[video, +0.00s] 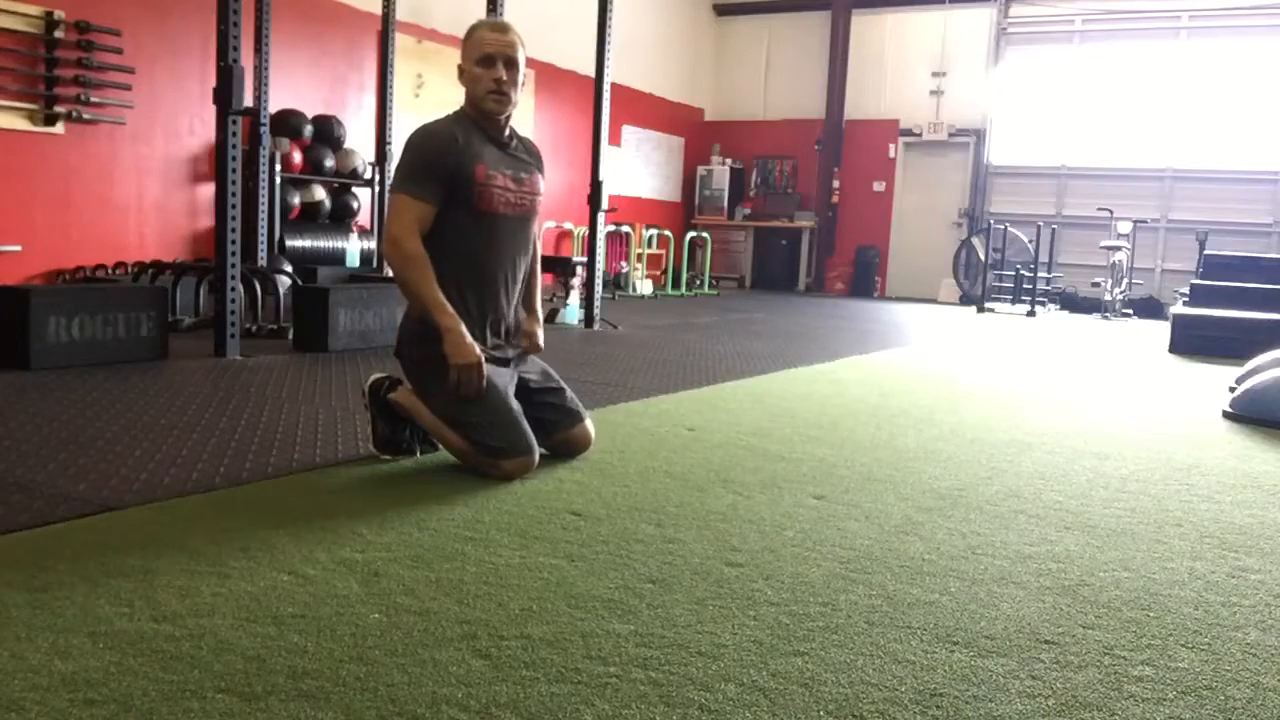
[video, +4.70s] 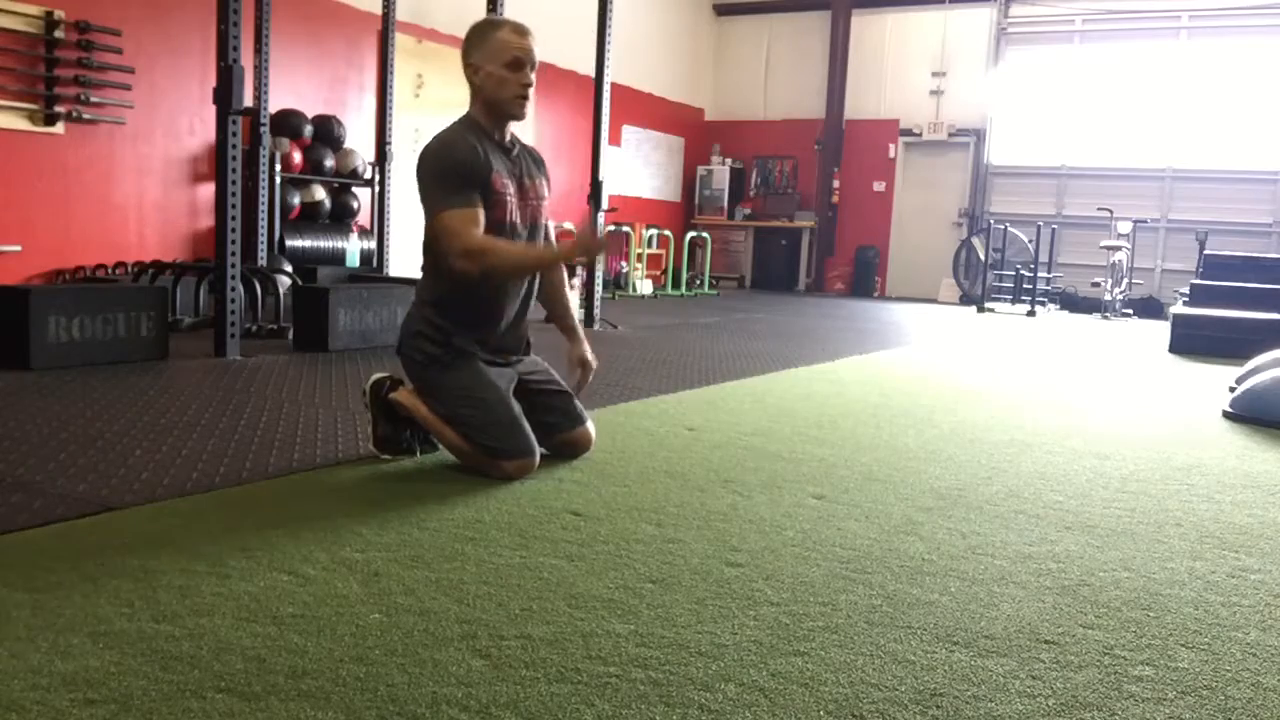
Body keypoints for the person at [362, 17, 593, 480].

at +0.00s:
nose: (501, 75)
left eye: (511, 64)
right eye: (486, 62)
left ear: (524, 76)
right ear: (462, 73)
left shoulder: (529, 154)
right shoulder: (437, 142)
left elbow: (530, 240)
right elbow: (399, 239)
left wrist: (532, 316)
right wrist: (452, 328)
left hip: (509, 342)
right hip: (447, 347)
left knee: (574, 438)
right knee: (513, 463)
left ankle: (442, 411)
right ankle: (398, 399)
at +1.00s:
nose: (524, 82)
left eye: (536, 71)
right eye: (510, 69)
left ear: (549, 80)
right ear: (486, 74)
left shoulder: (548, 157)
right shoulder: (454, 147)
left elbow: (550, 246)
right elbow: (420, 247)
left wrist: (542, 326)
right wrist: (495, 320)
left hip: (515, 340)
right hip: (449, 346)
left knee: (574, 439)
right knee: (515, 462)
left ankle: (444, 413)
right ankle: (399, 400)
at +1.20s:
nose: (530, 87)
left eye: (541, 76)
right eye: (517, 73)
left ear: (550, 82)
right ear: (485, 73)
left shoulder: (547, 158)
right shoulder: (454, 150)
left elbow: (550, 247)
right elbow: (450, 254)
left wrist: (542, 329)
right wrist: (546, 291)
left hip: (514, 344)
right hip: (450, 347)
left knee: (574, 439)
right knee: (514, 463)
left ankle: (446, 411)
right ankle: (398, 399)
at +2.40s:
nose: (535, 85)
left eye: (546, 75)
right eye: (522, 69)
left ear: (554, 84)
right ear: (491, 72)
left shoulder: (547, 161)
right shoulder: (454, 153)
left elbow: (548, 247)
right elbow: (423, 260)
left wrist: (542, 328)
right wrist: (491, 336)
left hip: (511, 338)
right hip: (447, 344)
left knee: (574, 439)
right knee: (515, 462)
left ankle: (446, 410)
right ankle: (399, 401)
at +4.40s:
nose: (530, 80)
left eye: (541, 69)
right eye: (517, 64)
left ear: (550, 80)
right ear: (487, 70)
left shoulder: (546, 160)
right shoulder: (462, 150)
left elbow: (547, 256)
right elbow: (453, 259)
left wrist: (561, 341)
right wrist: (522, 343)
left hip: (510, 340)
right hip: (447, 343)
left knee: (574, 439)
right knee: (514, 462)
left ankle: (447, 412)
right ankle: (400, 400)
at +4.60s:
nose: (531, 79)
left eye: (536, 68)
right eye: (517, 64)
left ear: (540, 77)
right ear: (478, 71)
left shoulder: (537, 163)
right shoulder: (454, 151)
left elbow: (545, 257)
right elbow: (452, 253)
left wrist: (569, 343)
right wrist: (539, 302)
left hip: (506, 345)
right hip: (446, 347)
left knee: (574, 440)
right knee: (514, 462)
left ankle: (444, 411)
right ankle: (399, 400)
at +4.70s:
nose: (529, 79)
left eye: (532, 68)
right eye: (515, 65)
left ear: (535, 75)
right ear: (474, 71)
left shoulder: (531, 162)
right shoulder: (451, 150)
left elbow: (541, 261)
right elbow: (464, 253)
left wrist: (575, 337)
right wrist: (562, 252)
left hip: (507, 346)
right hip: (446, 349)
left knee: (575, 440)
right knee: (514, 463)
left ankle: (447, 406)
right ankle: (399, 399)